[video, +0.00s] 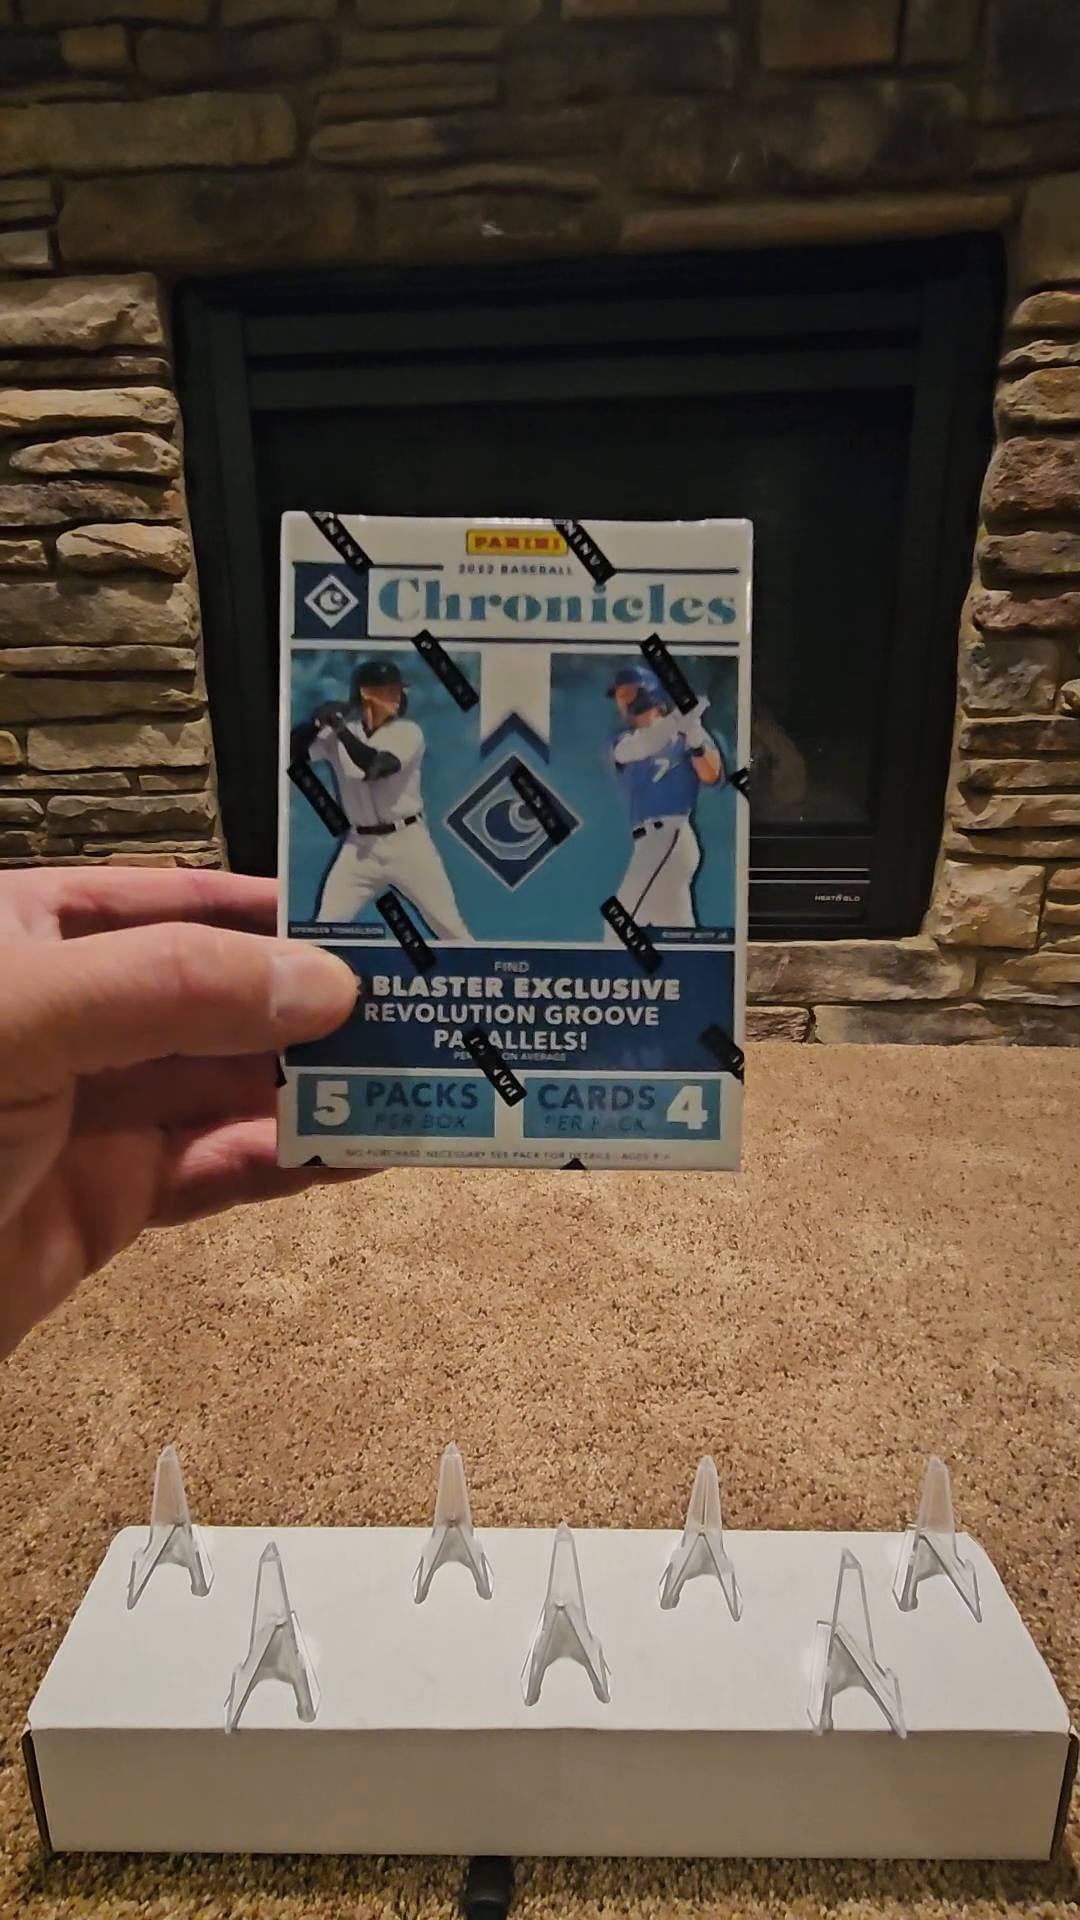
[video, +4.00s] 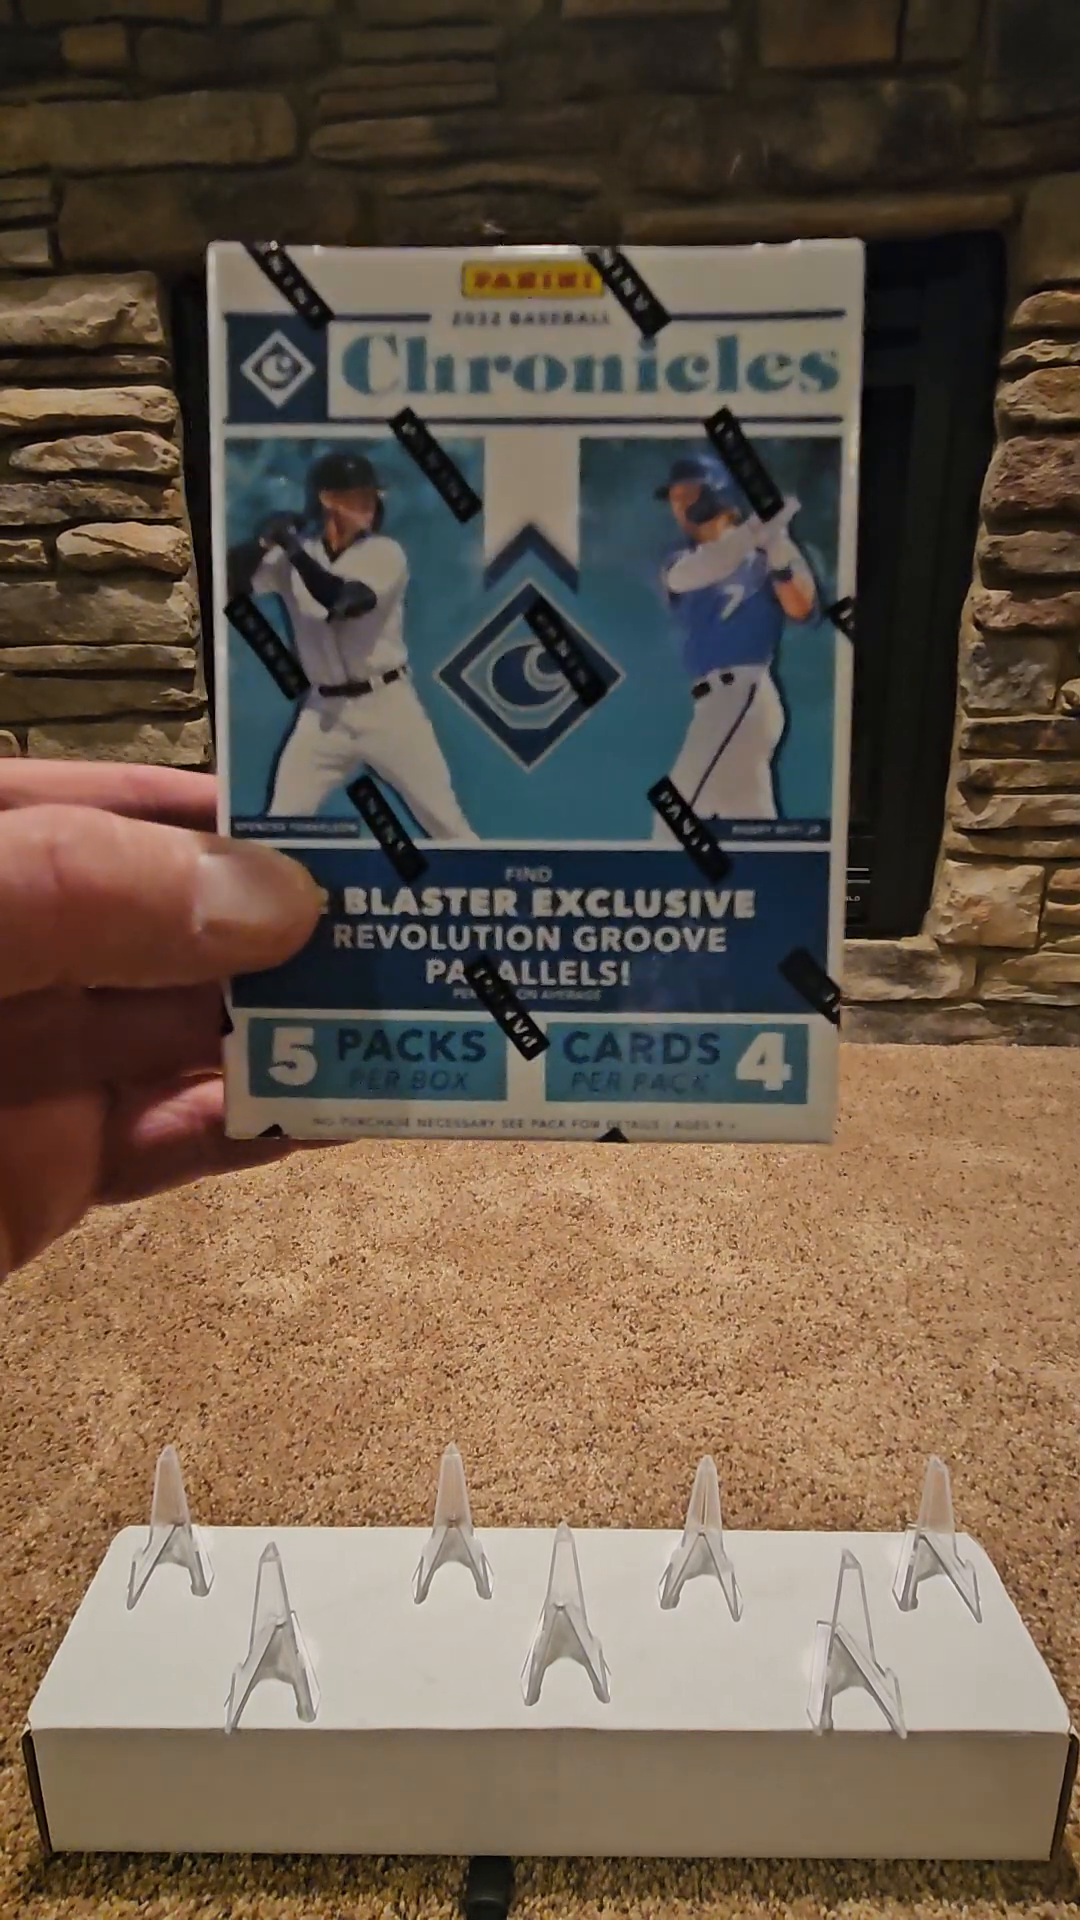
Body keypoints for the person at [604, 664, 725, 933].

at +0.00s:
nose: (622, 704)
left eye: (629, 695)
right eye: (619, 697)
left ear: (649, 695)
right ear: (616, 700)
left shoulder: (688, 732)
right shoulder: (621, 741)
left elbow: (711, 777)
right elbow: (642, 746)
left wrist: (694, 733)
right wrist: (676, 719)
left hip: (671, 838)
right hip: (648, 841)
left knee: (620, 924)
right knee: (680, 936)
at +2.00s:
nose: (609, 710)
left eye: (615, 700)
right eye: (606, 702)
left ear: (634, 698)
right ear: (604, 705)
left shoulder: (676, 734)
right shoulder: (611, 746)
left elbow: (702, 779)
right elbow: (630, 750)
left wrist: (684, 737)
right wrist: (666, 722)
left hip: (661, 843)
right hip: (637, 847)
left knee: (612, 930)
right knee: (671, 942)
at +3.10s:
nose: (619, 660)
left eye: (627, 649)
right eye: (615, 652)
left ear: (649, 650)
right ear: (610, 657)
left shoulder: (689, 690)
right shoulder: (616, 700)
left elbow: (715, 740)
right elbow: (628, 712)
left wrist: (698, 693)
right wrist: (674, 681)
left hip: (671, 809)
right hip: (645, 813)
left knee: (616, 907)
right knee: (678, 918)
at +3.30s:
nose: (600, 614)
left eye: (608, 603)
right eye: (595, 605)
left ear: (629, 602)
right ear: (589, 610)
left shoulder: (670, 643)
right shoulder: (595, 655)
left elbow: (698, 696)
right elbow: (624, 658)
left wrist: (679, 648)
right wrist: (660, 627)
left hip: (652, 768)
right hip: (625, 771)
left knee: (594, 868)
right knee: (659, 880)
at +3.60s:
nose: (622, 558)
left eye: (630, 547)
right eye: (617, 550)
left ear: (656, 549)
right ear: (613, 556)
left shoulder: (699, 592)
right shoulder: (622, 606)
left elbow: (732, 649)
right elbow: (642, 614)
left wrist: (710, 594)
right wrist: (682, 583)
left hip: (682, 727)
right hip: (653, 731)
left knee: (621, 835)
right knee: (693, 848)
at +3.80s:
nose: (644, 525)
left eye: (653, 513)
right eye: (641, 516)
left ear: (681, 514)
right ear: (638, 521)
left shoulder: (735, 562)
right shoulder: (652, 575)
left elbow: (765, 621)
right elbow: (655, 590)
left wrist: (742, 562)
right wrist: (718, 546)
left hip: (711, 704)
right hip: (682, 709)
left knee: (647, 819)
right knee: (721, 833)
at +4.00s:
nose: (679, 509)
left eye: (688, 496)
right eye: (674, 500)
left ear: (717, 497)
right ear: (670, 506)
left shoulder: (769, 547)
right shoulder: (680, 562)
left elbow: (801, 609)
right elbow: (698, 572)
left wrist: (777, 546)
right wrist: (757, 528)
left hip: (744, 697)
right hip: (713, 702)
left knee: (676, 816)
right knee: (753, 832)